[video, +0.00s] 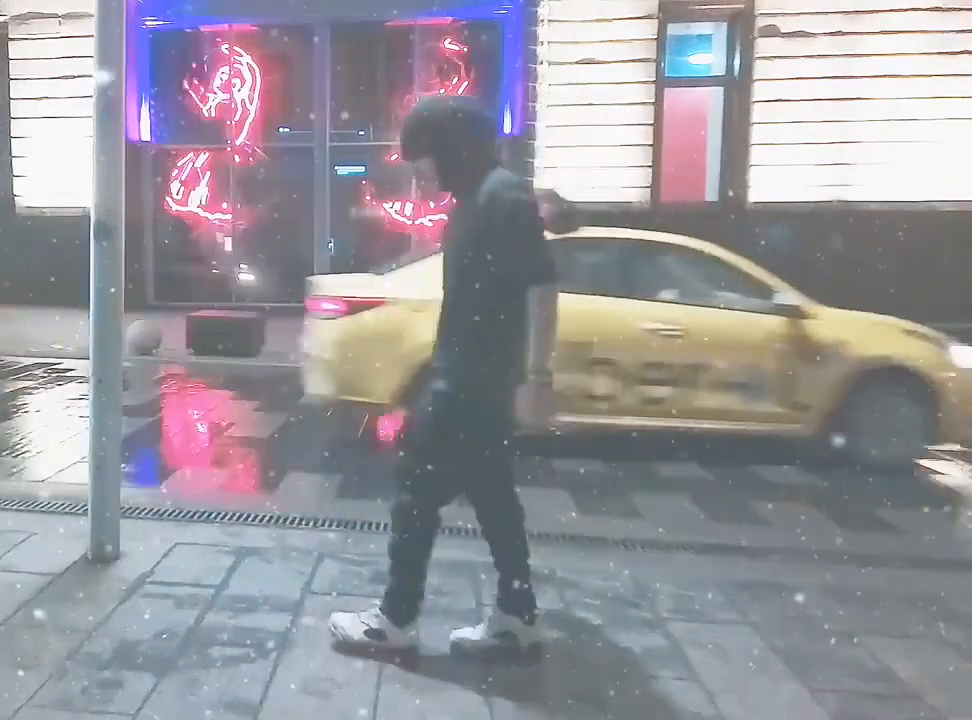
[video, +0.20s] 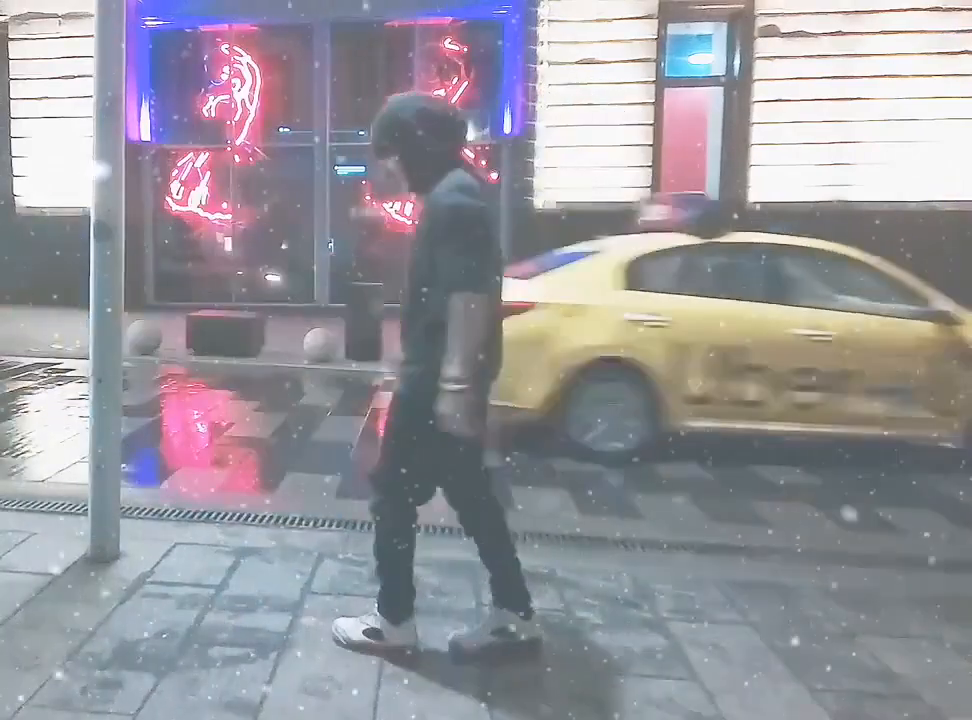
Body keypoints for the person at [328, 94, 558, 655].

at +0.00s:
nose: (426, 174)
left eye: (429, 160)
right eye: (421, 162)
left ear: (459, 149)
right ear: (461, 151)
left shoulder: (506, 201)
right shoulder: (478, 202)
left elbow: (543, 291)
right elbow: (465, 308)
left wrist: (539, 381)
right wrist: (424, 373)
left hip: (476, 378)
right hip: (464, 376)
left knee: (416, 489)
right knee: (494, 493)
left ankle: (396, 621)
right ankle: (515, 615)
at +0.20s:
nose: (384, 171)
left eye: (386, 157)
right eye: (381, 159)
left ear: (415, 147)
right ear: (426, 145)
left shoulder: (454, 205)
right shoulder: (453, 199)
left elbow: (468, 300)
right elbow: (458, 301)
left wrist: (457, 382)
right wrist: (416, 371)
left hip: (434, 381)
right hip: (450, 377)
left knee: (391, 490)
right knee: (471, 492)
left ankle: (394, 621)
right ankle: (514, 614)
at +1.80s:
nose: (349, 182)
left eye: (349, 170)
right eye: (345, 172)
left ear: (368, 160)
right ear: (378, 158)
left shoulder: (402, 205)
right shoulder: (397, 201)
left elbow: (416, 287)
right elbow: (393, 284)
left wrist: (392, 361)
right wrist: (360, 330)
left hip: (404, 356)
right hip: (398, 352)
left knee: (378, 457)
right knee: (388, 459)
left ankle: (463, 553)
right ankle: (385, 567)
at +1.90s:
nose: (353, 184)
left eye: (354, 172)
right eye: (349, 173)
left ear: (378, 163)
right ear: (381, 164)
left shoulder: (418, 211)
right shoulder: (396, 207)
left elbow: (432, 294)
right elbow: (386, 286)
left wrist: (419, 368)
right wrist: (352, 333)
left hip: (407, 358)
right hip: (388, 353)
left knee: (394, 460)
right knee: (396, 459)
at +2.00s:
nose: (360, 184)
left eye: (363, 171)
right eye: (357, 173)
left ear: (388, 161)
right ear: (384, 164)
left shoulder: (430, 211)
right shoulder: (401, 208)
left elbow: (439, 296)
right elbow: (385, 287)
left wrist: (430, 367)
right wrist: (353, 335)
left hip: (408, 360)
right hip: (389, 356)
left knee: (401, 463)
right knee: (401, 462)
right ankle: (384, 569)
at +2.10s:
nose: (370, 184)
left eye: (375, 171)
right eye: (367, 173)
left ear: (403, 160)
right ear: (393, 163)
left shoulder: (447, 209)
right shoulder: (406, 211)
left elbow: (457, 287)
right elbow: (388, 288)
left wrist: (446, 362)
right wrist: (356, 339)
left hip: (422, 358)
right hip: (398, 355)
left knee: (397, 454)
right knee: (417, 458)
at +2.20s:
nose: (387, 178)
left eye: (391, 167)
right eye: (384, 169)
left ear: (416, 159)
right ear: (404, 164)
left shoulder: (466, 207)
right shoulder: (412, 218)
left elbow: (477, 284)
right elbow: (393, 290)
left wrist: (457, 358)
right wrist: (368, 341)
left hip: (440, 361)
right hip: (406, 358)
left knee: (452, 464)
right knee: (395, 459)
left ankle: (479, 567)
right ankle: (385, 565)